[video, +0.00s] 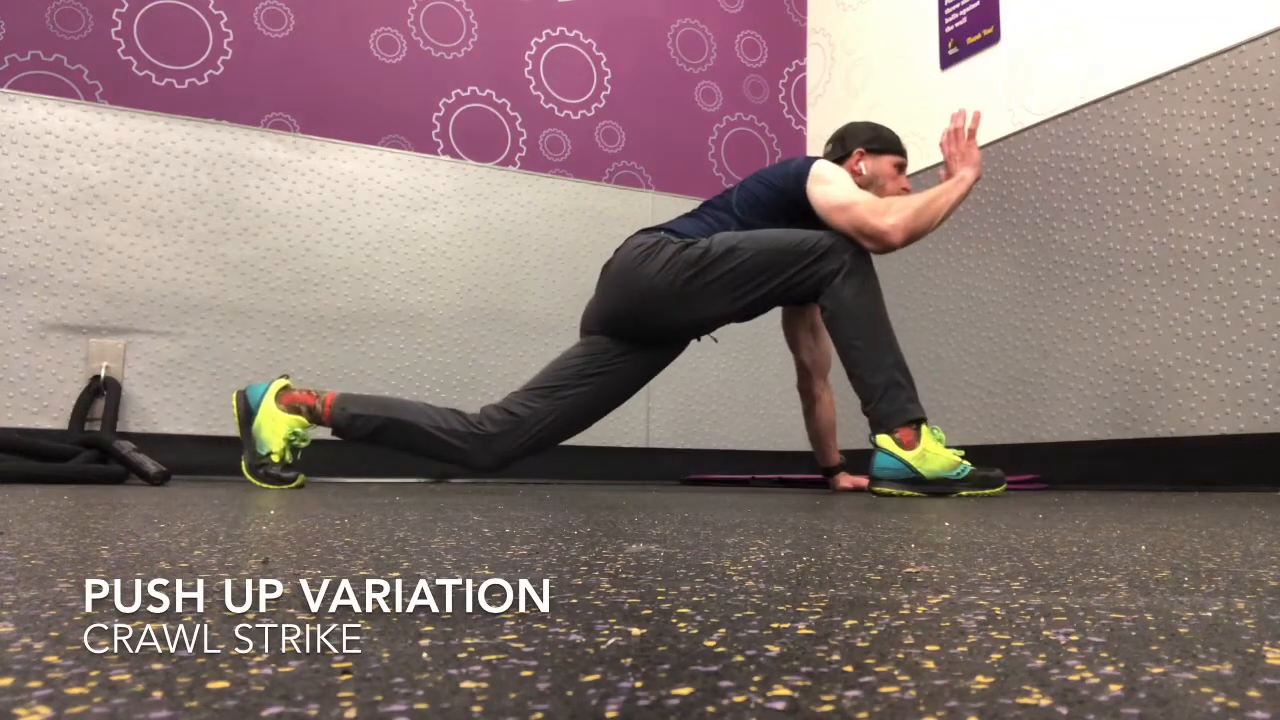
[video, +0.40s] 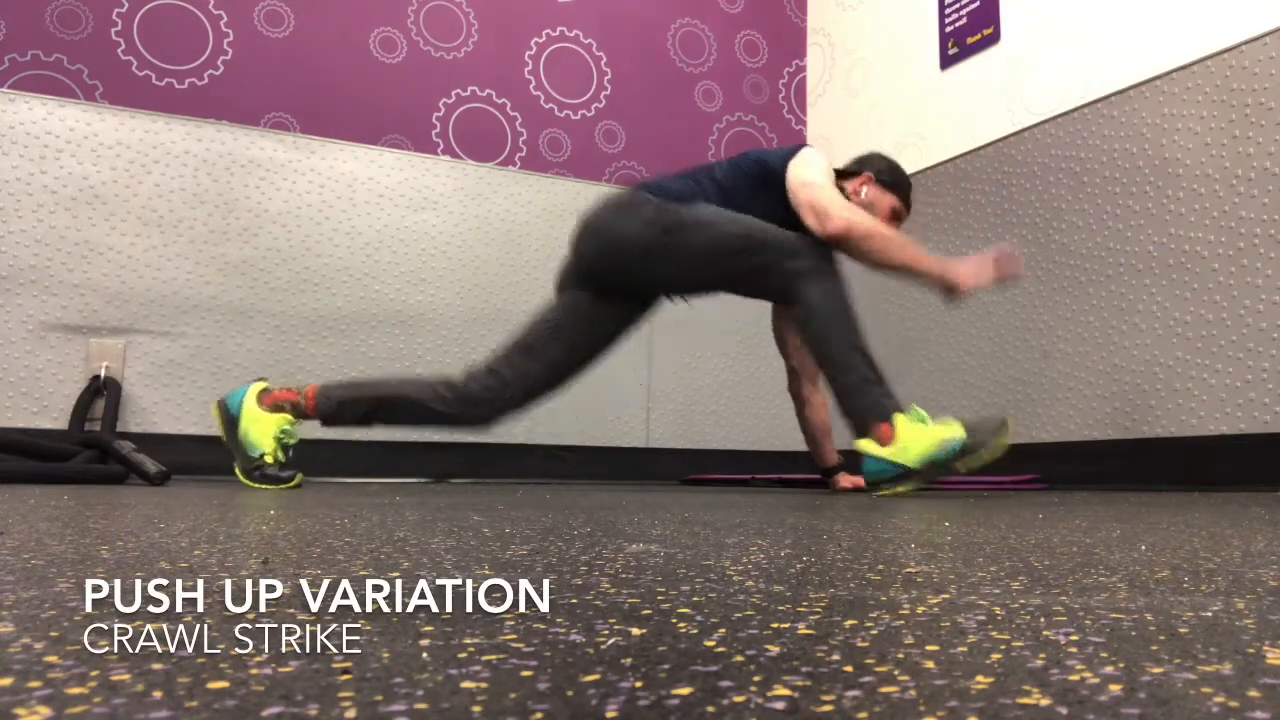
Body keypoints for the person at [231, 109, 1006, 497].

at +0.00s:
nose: (897, 195)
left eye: (902, 185)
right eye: (893, 178)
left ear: (858, 172)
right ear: (859, 160)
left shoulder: (798, 241)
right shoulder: (815, 173)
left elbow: (814, 363)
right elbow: (892, 231)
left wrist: (828, 468)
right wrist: (962, 181)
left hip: (642, 320)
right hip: (652, 265)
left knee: (488, 439)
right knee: (838, 253)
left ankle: (297, 407)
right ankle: (911, 442)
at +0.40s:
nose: (875, 229)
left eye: (884, 225)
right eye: (877, 209)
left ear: (865, 218)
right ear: (853, 178)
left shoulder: (793, 254)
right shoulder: (804, 164)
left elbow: (803, 364)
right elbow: (848, 231)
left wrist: (831, 465)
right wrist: (952, 276)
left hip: (618, 267)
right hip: (628, 227)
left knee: (479, 399)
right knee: (805, 257)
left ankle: (279, 406)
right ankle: (896, 427)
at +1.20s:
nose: (948, 418)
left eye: (960, 419)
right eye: (961, 407)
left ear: (954, 391)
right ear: (958, 366)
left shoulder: (867, 349)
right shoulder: (915, 329)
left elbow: (792, 401)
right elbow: (893, 365)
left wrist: (830, 473)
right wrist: (936, 476)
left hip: (687, 385)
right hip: (686, 363)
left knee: (502, 404)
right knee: (497, 402)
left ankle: (281, 394)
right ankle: (272, 389)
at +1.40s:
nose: (964, 447)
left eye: (975, 449)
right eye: (973, 435)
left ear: (967, 432)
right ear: (966, 400)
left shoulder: (884, 399)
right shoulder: (920, 367)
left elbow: (776, 451)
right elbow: (905, 366)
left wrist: (826, 473)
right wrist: (937, 476)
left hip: (694, 427)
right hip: (693, 401)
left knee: (498, 428)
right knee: (497, 423)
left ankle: (292, 409)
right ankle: (281, 388)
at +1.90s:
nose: (962, 401)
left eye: (973, 400)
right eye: (973, 387)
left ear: (966, 384)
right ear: (964, 352)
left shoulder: (874, 334)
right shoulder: (926, 323)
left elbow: (799, 387)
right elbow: (900, 363)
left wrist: (829, 469)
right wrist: (937, 474)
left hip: (692, 379)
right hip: (692, 366)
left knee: (500, 409)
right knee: (496, 410)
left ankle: (287, 392)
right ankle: (279, 387)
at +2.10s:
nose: (943, 335)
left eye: (956, 329)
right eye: (954, 318)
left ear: (932, 290)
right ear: (941, 277)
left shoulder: (861, 282)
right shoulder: (901, 254)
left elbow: (805, 387)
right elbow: (899, 359)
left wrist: (832, 471)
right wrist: (934, 475)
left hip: (676, 309)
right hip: (671, 292)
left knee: (485, 378)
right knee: (482, 379)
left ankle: (274, 391)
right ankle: (263, 392)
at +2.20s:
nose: (934, 292)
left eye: (942, 283)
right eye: (943, 275)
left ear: (913, 233)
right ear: (933, 241)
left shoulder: (840, 240)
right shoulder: (898, 230)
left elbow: (822, 361)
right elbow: (903, 350)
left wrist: (841, 463)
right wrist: (935, 475)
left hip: (652, 251)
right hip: (651, 244)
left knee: (481, 366)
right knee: (475, 363)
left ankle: (269, 397)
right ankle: (251, 395)